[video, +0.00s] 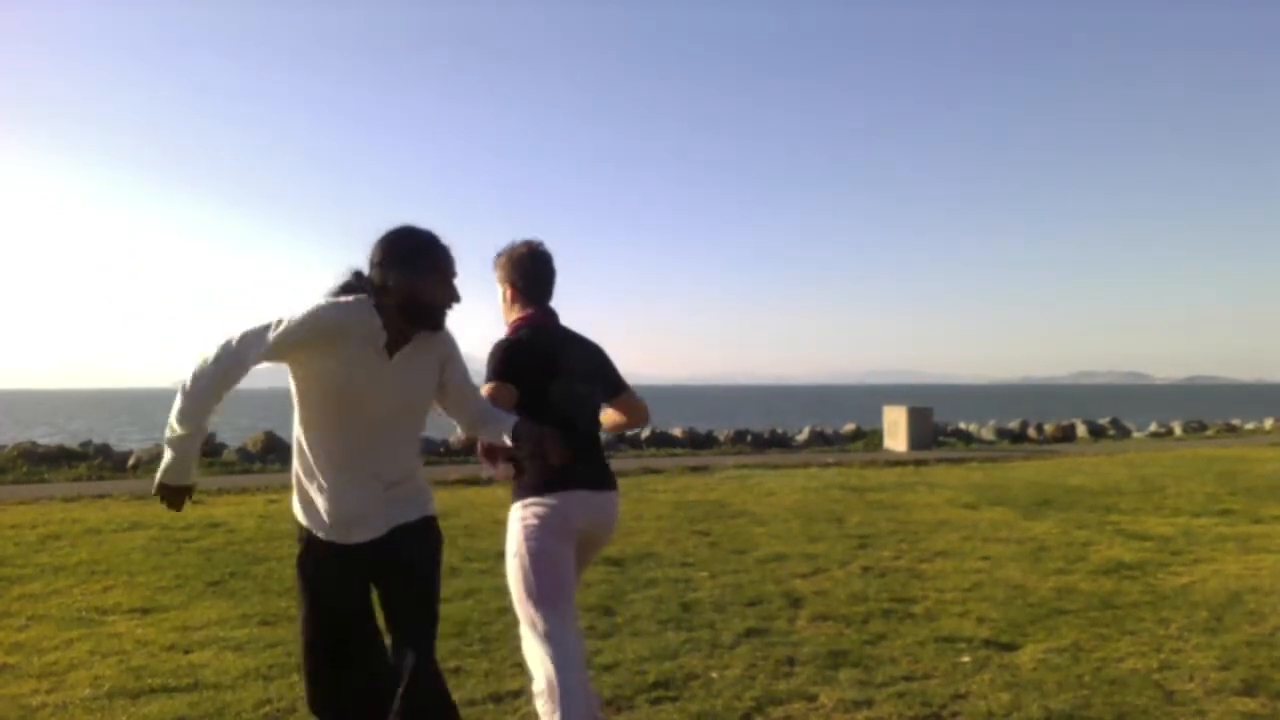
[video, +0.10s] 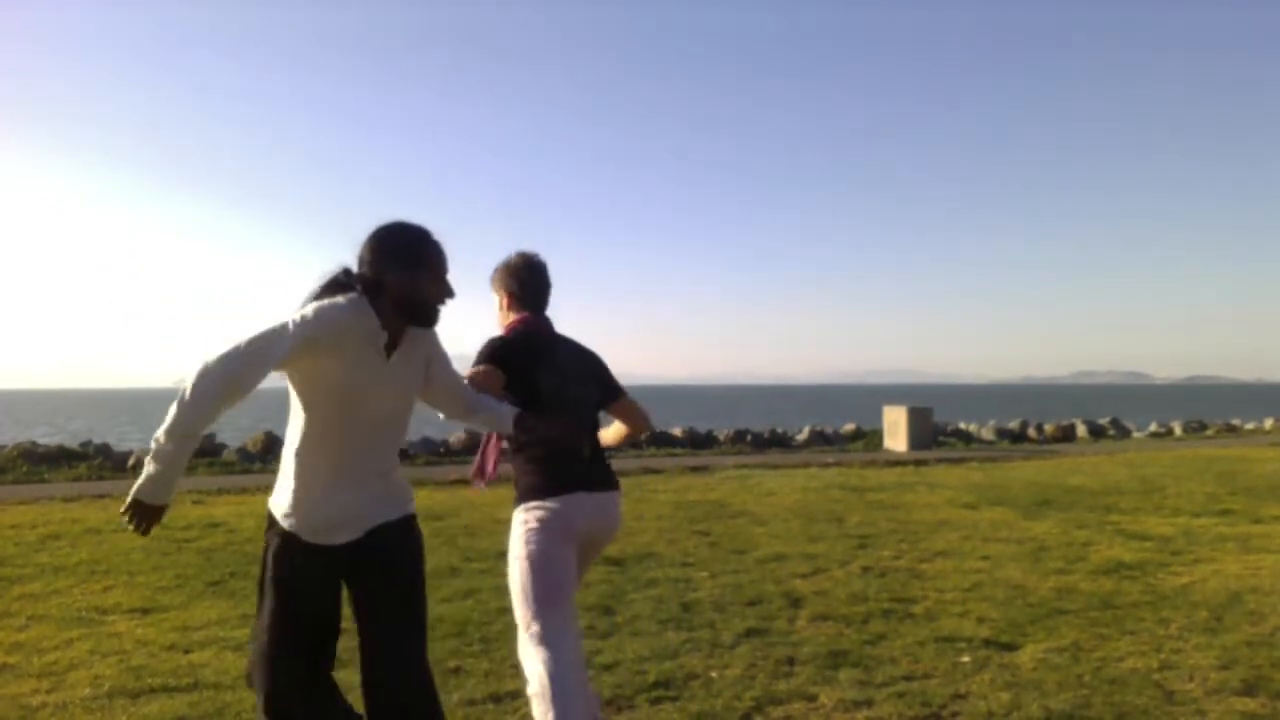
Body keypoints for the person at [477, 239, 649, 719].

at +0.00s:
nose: (498, 296)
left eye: (499, 288)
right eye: (500, 288)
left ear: (508, 291)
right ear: (549, 288)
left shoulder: (512, 348)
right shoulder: (585, 349)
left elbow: (495, 408)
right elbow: (633, 413)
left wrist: (486, 439)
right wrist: (585, 425)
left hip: (542, 503)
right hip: (600, 499)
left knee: (544, 632)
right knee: (550, 616)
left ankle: (570, 712)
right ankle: (575, 705)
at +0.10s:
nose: (495, 306)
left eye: (496, 298)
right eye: (497, 298)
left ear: (504, 299)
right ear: (544, 297)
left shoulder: (505, 349)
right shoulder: (580, 354)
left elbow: (472, 400)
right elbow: (636, 423)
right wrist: (592, 443)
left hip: (545, 507)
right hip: (603, 502)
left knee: (539, 635)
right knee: (554, 616)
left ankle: (563, 712)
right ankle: (580, 705)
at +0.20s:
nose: (491, 315)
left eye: (491, 308)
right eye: (493, 309)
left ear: (499, 307)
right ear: (537, 306)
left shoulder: (501, 344)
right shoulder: (569, 356)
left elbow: (455, 368)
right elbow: (635, 425)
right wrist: (603, 460)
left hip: (552, 506)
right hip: (604, 499)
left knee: (519, 639)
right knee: (554, 615)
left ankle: (549, 714)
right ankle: (582, 710)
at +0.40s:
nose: (467, 331)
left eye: (468, 325)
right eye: (467, 326)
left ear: (478, 322)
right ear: (513, 319)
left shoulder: (475, 351)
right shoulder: (546, 356)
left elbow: (412, 356)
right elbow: (617, 422)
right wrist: (611, 467)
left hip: (543, 502)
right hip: (600, 499)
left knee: (463, 607)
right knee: (532, 614)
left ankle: (480, 714)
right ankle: (573, 714)